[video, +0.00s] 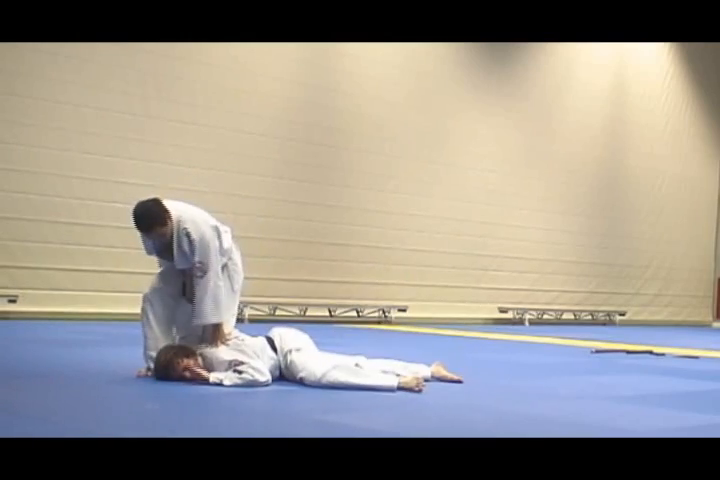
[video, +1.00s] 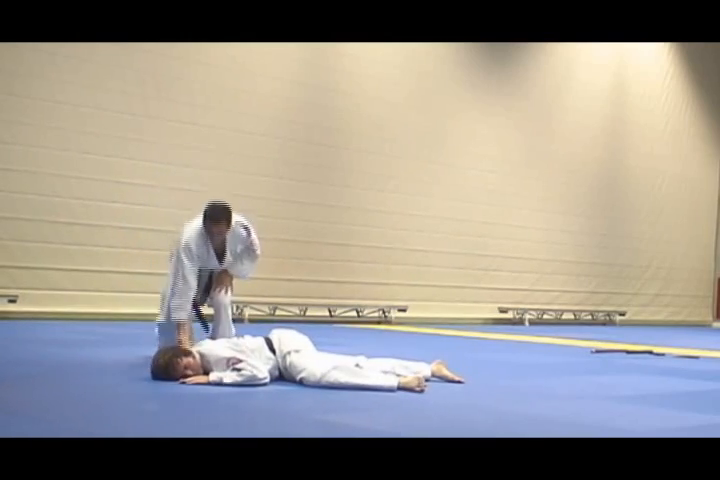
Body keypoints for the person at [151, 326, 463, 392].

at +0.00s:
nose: (191, 373)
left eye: (189, 366)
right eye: (183, 373)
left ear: (192, 356)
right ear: (178, 372)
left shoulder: (217, 352)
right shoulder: (198, 358)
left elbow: (260, 374)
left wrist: (215, 381)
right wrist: (157, 368)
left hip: (283, 346)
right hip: (280, 350)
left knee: (316, 373)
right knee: (351, 364)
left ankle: (400, 381)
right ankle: (425, 368)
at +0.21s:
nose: (189, 374)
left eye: (187, 367)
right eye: (182, 374)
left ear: (191, 355)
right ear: (178, 372)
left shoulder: (217, 349)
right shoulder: (196, 358)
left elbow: (260, 375)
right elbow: (176, 359)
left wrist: (216, 379)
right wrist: (156, 369)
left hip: (282, 346)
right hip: (280, 352)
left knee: (315, 373)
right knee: (352, 365)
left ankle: (399, 382)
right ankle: (427, 368)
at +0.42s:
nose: (189, 370)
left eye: (185, 365)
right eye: (182, 371)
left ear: (189, 356)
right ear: (181, 369)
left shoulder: (215, 354)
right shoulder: (202, 355)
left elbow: (260, 376)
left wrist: (212, 379)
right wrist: (156, 368)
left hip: (282, 351)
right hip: (281, 351)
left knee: (316, 374)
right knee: (354, 363)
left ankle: (396, 381)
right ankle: (428, 369)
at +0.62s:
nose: (188, 372)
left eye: (185, 366)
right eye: (180, 372)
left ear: (190, 357)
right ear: (175, 369)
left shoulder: (217, 356)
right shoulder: (190, 350)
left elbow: (258, 374)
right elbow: (186, 317)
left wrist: (210, 381)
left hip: (283, 348)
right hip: (283, 351)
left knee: (316, 373)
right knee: (350, 365)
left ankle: (400, 382)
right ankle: (424, 368)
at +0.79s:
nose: (188, 373)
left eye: (183, 368)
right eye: (180, 374)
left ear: (189, 355)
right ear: (181, 368)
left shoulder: (215, 354)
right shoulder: (202, 352)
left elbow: (260, 375)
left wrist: (214, 380)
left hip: (282, 348)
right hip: (281, 350)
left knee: (317, 374)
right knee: (353, 363)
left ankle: (397, 381)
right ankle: (427, 367)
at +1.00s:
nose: (189, 371)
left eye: (185, 366)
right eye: (182, 372)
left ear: (188, 354)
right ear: (182, 370)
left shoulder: (212, 351)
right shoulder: (204, 356)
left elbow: (259, 373)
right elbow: (235, 365)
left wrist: (213, 379)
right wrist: (207, 368)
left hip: (280, 346)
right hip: (281, 351)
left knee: (315, 373)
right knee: (351, 364)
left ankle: (399, 381)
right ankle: (427, 369)